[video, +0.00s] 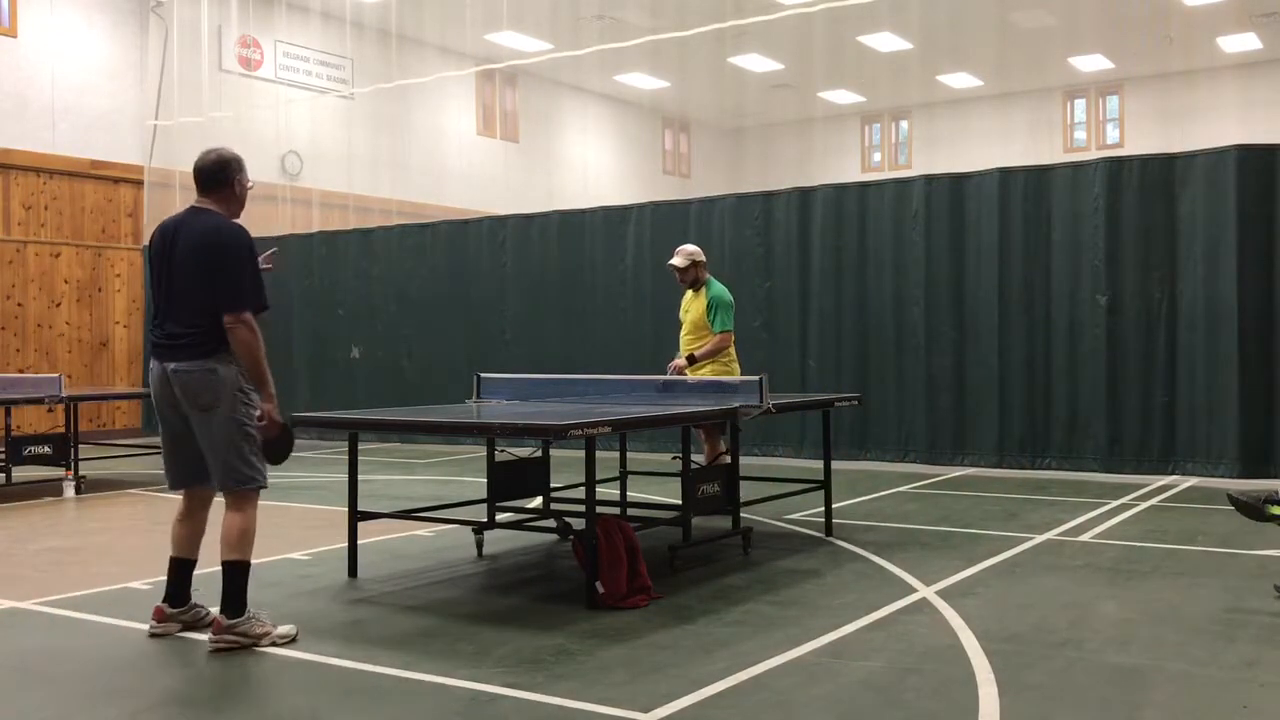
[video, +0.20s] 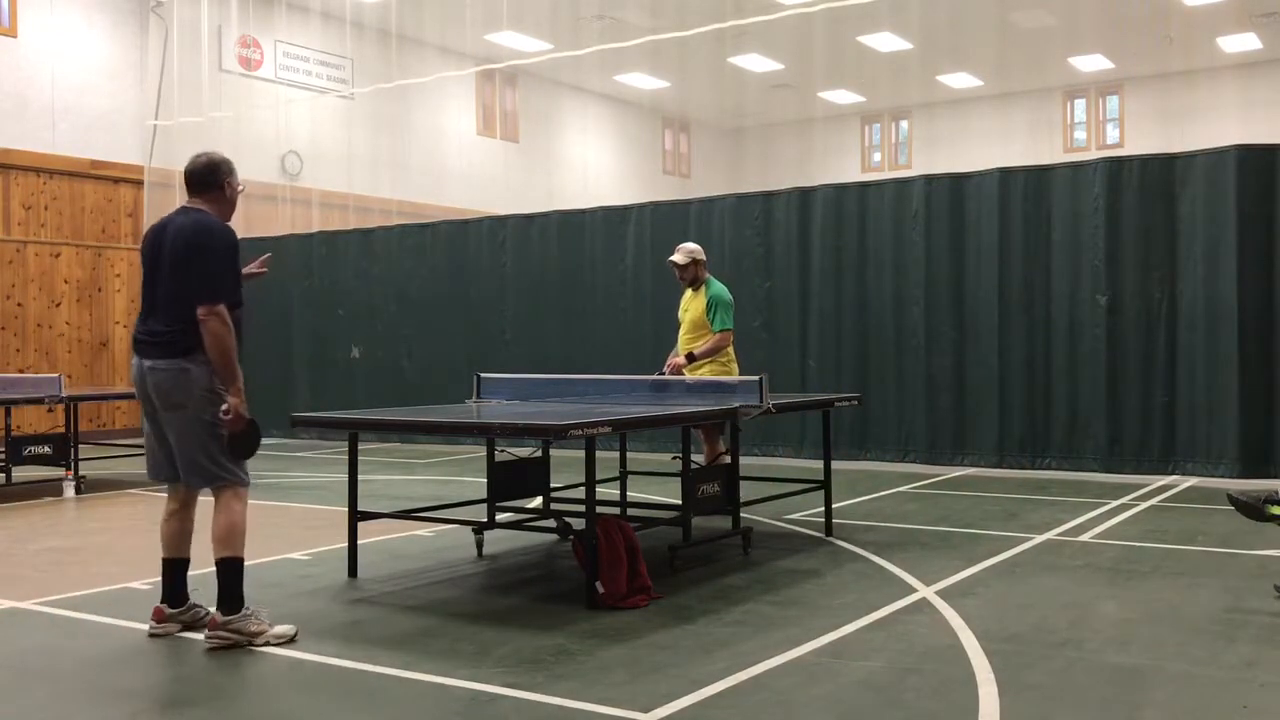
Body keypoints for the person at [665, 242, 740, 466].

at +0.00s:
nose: (679, 276)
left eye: (683, 271)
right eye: (676, 271)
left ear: (699, 267)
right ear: (674, 270)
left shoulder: (717, 296)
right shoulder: (690, 293)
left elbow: (725, 339)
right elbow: (695, 336)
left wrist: (689, 360)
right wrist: (683, 363)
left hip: (717, 374)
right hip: (696, 374)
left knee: (710, 431)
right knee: (702, 429)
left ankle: (713, 485)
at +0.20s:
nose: (679, 274)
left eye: (683, 268)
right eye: (676, 269)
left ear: (699, 266)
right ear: (674, 268)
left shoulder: (717, 294)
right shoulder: (689, 292)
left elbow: (724, 338)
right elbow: (690, 334)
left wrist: (689, 358)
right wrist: (675, 357)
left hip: (716, 374)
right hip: (695, 374)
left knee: (710, 432)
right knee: (704, 430)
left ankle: (710, 485)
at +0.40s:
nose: (678, 272)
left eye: (684, 265)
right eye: (676, 266)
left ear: (699, 264)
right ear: (674, 266)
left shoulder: (716, 293)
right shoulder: (689, 292)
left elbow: (724, 337)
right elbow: (691, 334)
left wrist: (688, 357)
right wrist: (679, 360)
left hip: (714, 375)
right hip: (694, 375)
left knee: (709, 432)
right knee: (703, 431)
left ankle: (710, 485)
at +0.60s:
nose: (678, 270)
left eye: (683, 264)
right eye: (676, 265)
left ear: (700, 262)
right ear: (675, 265)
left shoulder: (716, 292)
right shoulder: (688, 292)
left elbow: (725, 335)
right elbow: (684, 338)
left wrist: (684, 345)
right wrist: (675, 373)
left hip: (713, 377)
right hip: (691, 376)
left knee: (708, 432)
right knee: (704, 432)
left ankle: (710, 486)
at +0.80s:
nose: (678, 269)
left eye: (683, 263)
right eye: (676, 264)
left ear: (700, 262)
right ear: (675, 265)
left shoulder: (715, 291)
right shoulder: (690, 291)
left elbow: (722, 333)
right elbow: (687, 334)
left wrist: (679, 329)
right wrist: (678, 369)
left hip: (711, 377)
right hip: (690, 376)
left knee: (707, 433)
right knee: (703, 433)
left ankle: (715, 488)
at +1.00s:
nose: (677, 269)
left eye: (682, 262)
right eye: (675, 263)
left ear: (699, 262)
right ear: (675, 264)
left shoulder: (714, 291)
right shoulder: (691, 290)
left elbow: (718, 333)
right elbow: (689, 335)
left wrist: (677, 326)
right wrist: (677, 370)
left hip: (709, 377)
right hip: (688, 376)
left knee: (706, 433)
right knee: (703, 433)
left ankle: (716, 488)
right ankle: (715, 487)